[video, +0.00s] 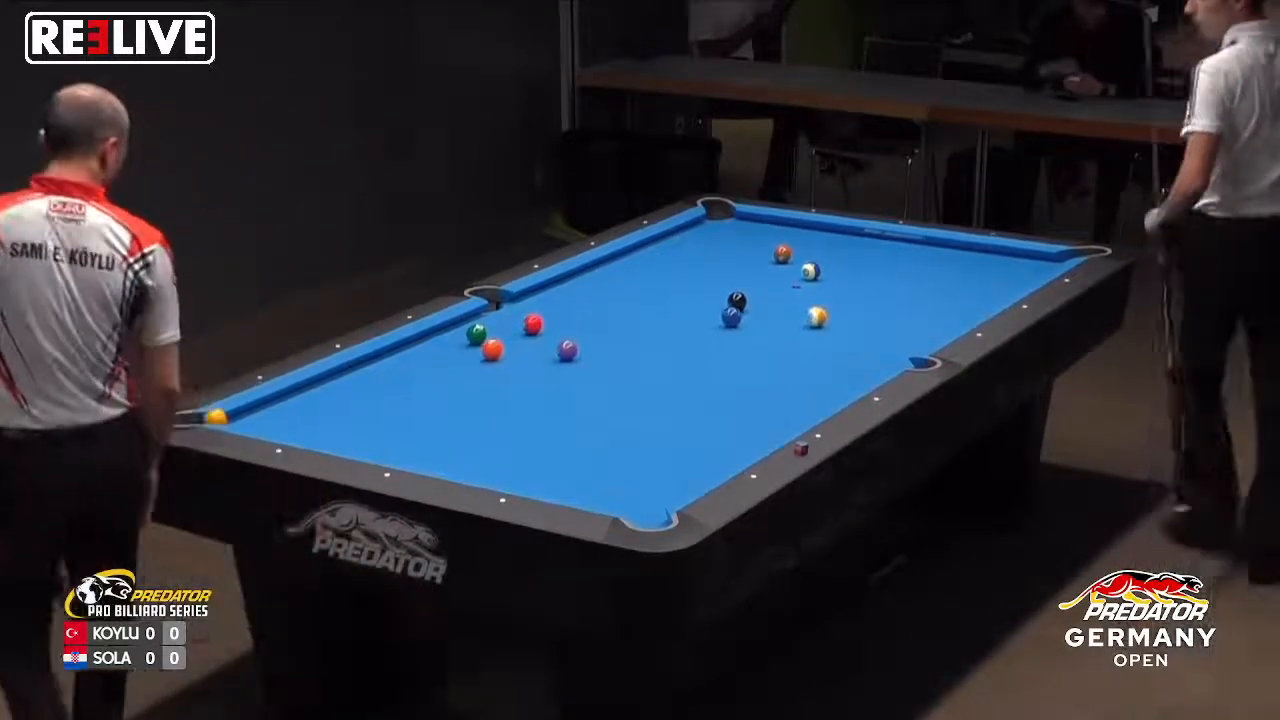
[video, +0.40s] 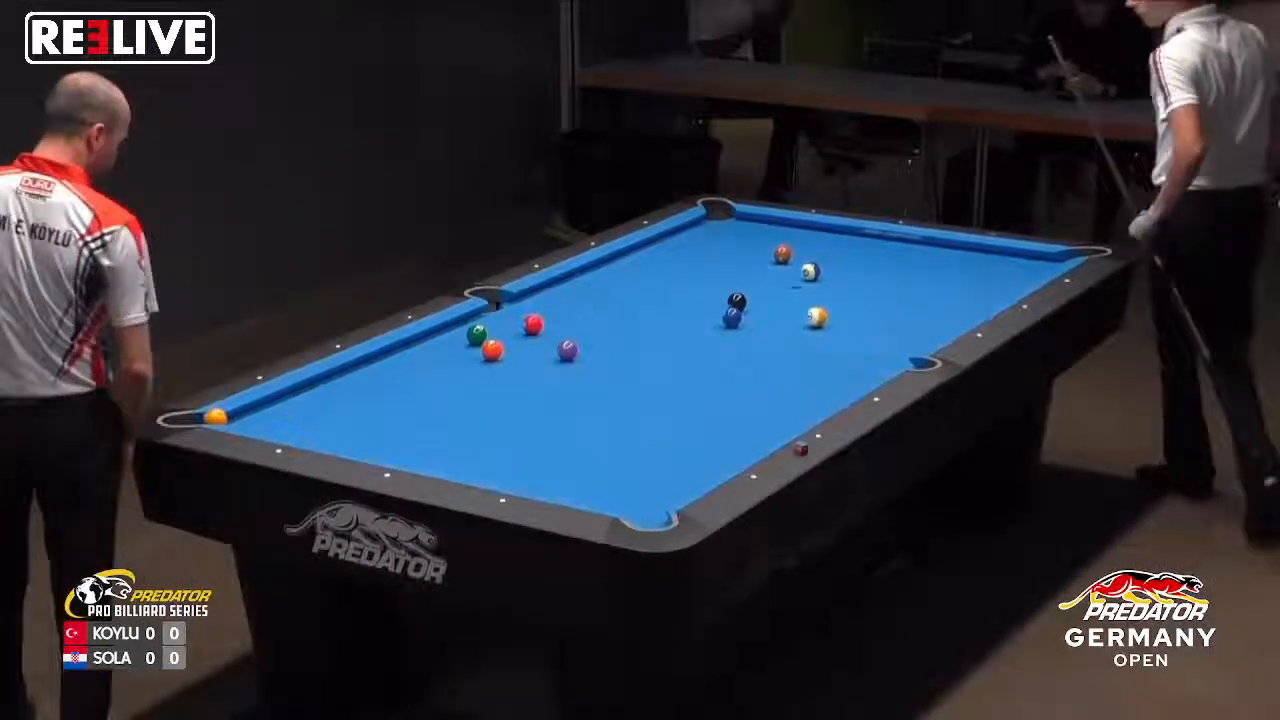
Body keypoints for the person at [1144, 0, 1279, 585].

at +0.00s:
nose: (1191, 8)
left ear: (1237, 5)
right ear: (1252, 7)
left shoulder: (1220, 70)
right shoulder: (1275, 55)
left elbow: (1196, 177)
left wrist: (1163, 214)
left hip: (1222, 236)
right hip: (1276, 231)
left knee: (1199, 376)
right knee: (1275, 390)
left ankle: (1210, 516)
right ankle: (1271, 539)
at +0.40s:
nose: (1133, 1)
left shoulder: (1174, 53)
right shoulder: (1254, 38)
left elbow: (1190, 145)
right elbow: (1267, 134)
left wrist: (1156, 212)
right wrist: (1255, 186)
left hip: (1190, 211)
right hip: (1247, 208)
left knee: (1178, 343)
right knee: (1229, 346)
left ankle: (1186, 465)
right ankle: (1264, 482)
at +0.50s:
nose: (1120, 5)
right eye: (1118, 1)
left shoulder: (1162, 40)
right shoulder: (1226, 25)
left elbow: (1185, 135)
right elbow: (1228, 118)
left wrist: (1153, 202)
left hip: (1182, 198)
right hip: (1223, 193)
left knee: (1174, 332)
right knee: (1199, 329)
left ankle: (1187, 464)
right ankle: (1237, 443)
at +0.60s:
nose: (1107, 1)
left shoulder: (1152, 34)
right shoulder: (1205, 20)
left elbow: (1186, 127)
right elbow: (1211, 116)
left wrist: (1152, 198)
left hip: (1169, 191)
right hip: (1199, 184)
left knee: (1167, 331)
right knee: (1176, 327)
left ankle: (1188, 467)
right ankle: (1200, 455)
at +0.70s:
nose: (1087, 8)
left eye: (1088, 5)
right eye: (1087, 6)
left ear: (1102, 1)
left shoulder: (1137, 29)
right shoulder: (1165, 18)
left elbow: (1183, 116)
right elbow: (1189, 117)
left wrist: (1153, 191)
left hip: (1144, 192)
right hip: (1147, 186)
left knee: (1150, 325)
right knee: (1132, 313)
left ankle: (1189, 463)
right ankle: (1130, 421)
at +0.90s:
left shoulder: (1103, 22)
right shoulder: (1087, 25)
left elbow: (1159, 100)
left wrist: (1134, 184)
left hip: (1108, 189)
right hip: (1094, 183)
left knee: (1127, 336)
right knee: (1075, 319)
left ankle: (1187, 464)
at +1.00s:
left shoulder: (1084, 17)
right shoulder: (1064, 22)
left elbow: (1141, 95)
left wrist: (1122, 178)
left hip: (1091, 181)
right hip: (1067, 176)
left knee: (1097, 327)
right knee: (1054, 316)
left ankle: (1163, 444)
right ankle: (1051, 417)